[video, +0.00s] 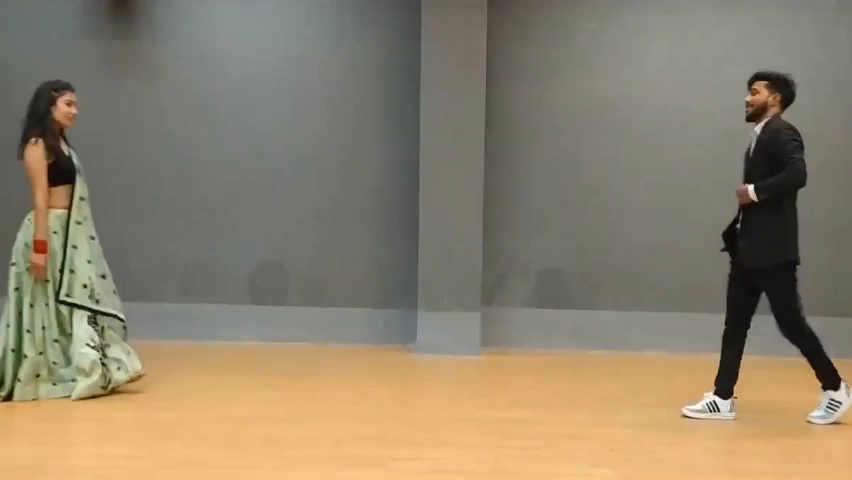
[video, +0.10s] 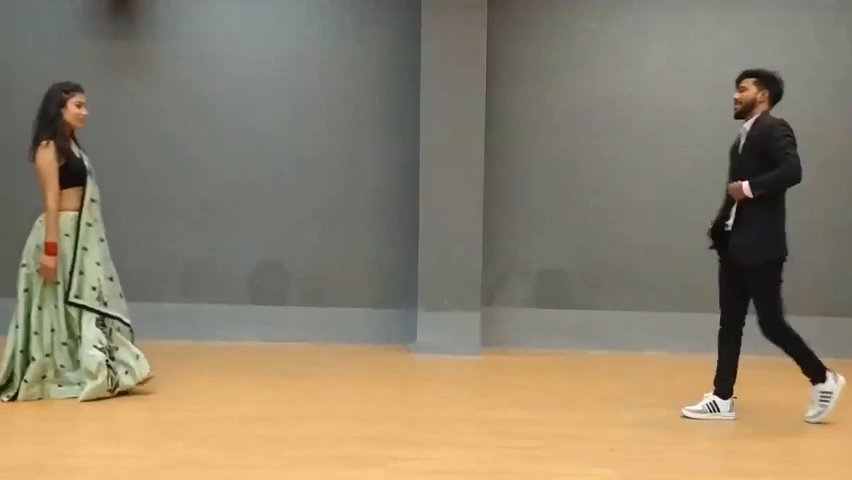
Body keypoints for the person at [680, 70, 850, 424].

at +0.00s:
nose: (747, 98)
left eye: (754, 92)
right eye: (748, 92)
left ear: (775, 98)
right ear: (765, 99)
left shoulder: (783, 132)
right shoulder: (760, 136)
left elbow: (796, 174)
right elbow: (763, 188)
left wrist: (755, 191)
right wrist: (740, 228)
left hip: (774, 248)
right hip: (748, 247)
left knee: (792, 324)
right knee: (735, 324)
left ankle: (837, 390)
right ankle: (721, 398)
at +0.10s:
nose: (735, 95)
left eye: (742, 89)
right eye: (736, 89)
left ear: (763, 95)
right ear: (755, 96)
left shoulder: (774, 128)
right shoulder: (742, 136)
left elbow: (791, 172)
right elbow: (738, 189)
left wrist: (749, 187)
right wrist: (720, 225)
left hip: (762, 244)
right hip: (735, 243)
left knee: (771, 325)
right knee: (730, 322)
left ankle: (825, 380)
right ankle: (721, 398)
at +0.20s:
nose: (719, 94)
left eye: (726, 88)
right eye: (719, 89)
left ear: (748, 94)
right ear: (731, 96)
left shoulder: (765, 129)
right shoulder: (719, 141)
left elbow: (784, 171)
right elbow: (711, 187)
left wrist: (741, 184)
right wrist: (700, 223)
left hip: (748, 240)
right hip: (718, 240)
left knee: (742, 319)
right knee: (722, 320)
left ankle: (796, 373)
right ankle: (721, 399)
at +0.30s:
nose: (703, 94)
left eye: (710, 87)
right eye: (703, 88)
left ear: (733, 90)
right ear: (723, 93)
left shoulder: (755, 128)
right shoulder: (705, 138)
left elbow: (777, 173)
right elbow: (693, 185)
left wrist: (733, 183)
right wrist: (684, 224)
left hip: (737, 238)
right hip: (704, 238)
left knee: (722, 315)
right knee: (715, 318)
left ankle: (761, 385)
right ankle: (721, 398)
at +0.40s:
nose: (691, 93)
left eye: (697, 86)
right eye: (691, 88)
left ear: (720, 89)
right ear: (703, 93)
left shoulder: (744, 130)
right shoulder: (691, 136)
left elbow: (769, 174)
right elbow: (681, 183)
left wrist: (726, 184)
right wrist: (674, 224)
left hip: (727, 236)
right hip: (695, 238)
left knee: (705, 312)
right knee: (707, 315)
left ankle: (719, 398)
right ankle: (718, 396)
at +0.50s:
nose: (678, 94)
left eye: (684, 87)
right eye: (678, 89)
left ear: (707, 89)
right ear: (695, 93)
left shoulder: (732, 132)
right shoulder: (679, 137)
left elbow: (757, 177)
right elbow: (671, 185)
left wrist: (715, 186)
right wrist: (665, 226)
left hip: (716, 238)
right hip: (685, 239)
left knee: (690, 312)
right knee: (705, 316)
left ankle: (672, 397)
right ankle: (721, 398)